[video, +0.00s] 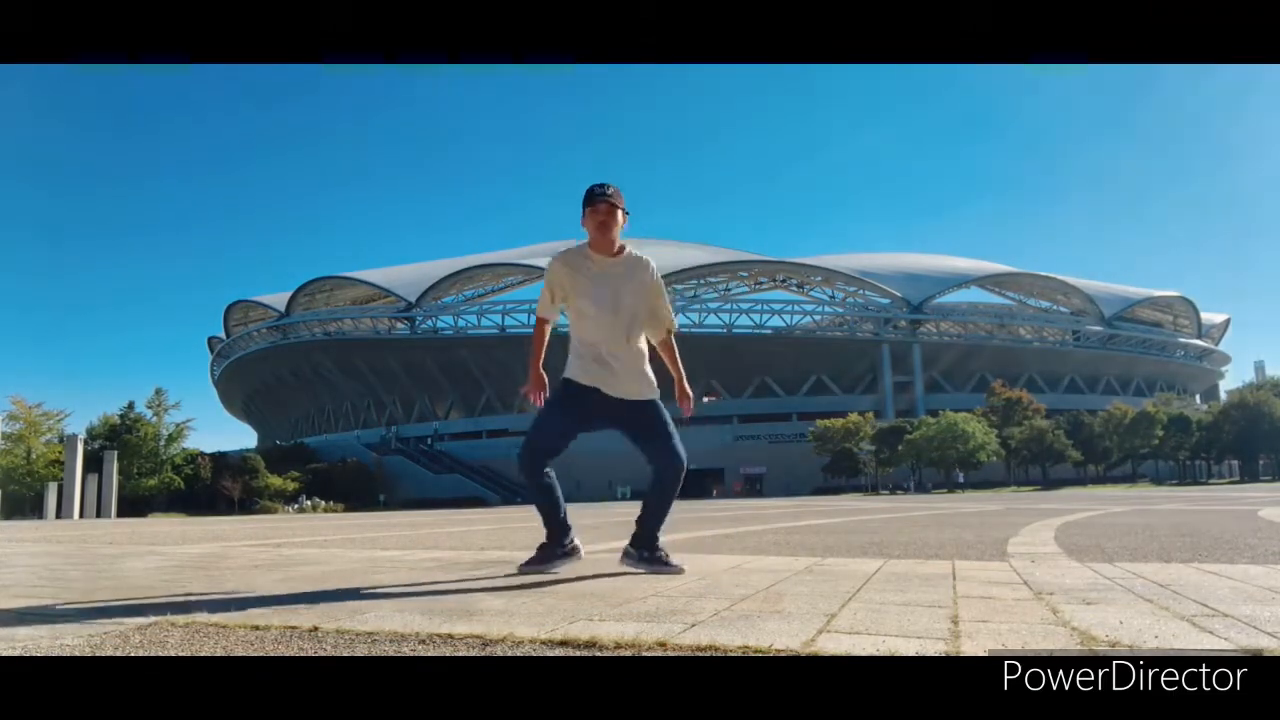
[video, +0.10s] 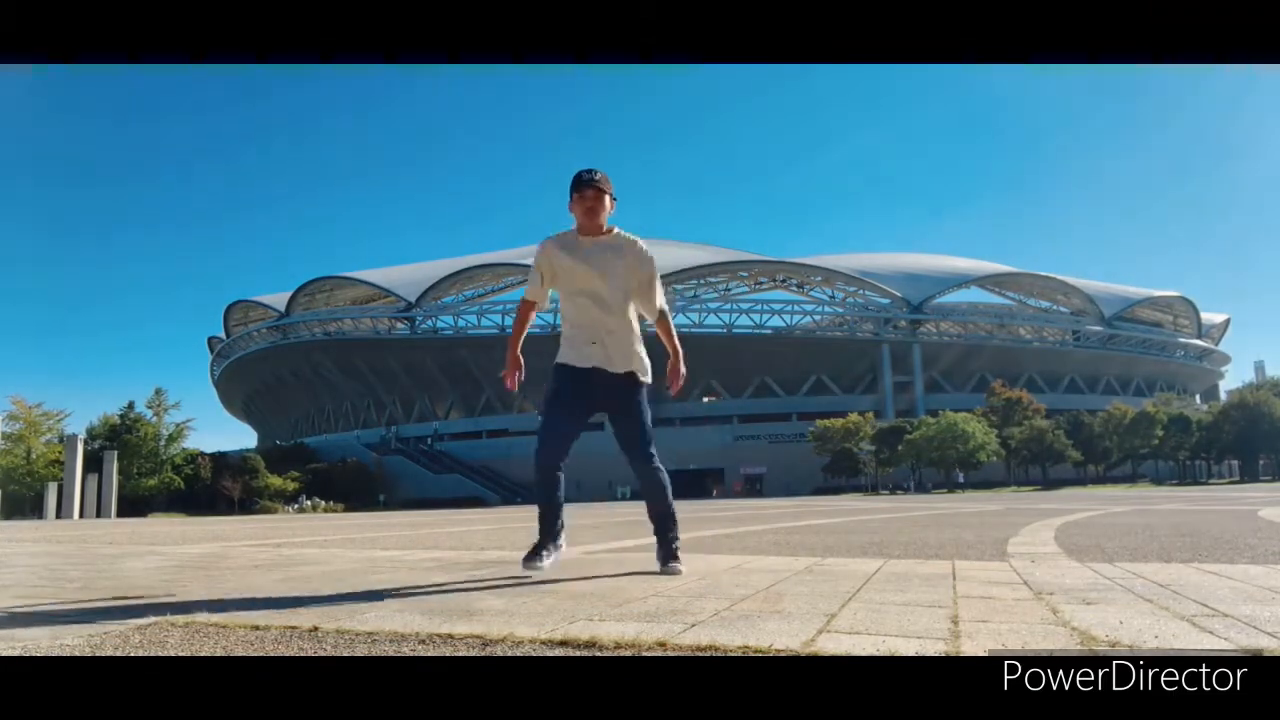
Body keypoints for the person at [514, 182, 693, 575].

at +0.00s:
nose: (604, 215)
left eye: (611, 209)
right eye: (596, 209)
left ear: (623, 219)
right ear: (584, 219)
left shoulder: (643, 269)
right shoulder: (564, 265)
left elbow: (661, 331)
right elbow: (545, 319)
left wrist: (680, 380)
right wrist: (535, 369)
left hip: (636, 392)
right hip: (580, 389)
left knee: (673, 463)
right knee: (532, 457)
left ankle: (644, 545)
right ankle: (561, 541)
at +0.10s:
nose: (593, 202)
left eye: (600, 196)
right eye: (585, 196)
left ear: (611, 204)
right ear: (572, 204)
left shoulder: (633, 251)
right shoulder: (553, 250)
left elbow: (656, 309)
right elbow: (530, 302)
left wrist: (676, 353)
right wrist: (513, 349)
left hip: (625, 371)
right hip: (573, 370)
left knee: (643, 457)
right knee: (548, 455)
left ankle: (667, 543)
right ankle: (550, 540)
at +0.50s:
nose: (567, 205)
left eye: (574, 199)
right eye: (559, 200)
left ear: (588, 207)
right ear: (548, 209)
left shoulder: (608, 262)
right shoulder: (528, 250)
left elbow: (638, 320)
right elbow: (487, 291)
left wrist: (666, 363)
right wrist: (443, 323)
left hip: (582, 366)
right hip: (530, 362)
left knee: (589, 426)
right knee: (515, 449)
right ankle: (549, 548)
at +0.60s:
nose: (562, 203)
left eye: (570, 196)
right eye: (554, 197)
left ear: (583, 205)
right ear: (543, 206)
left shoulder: (601, 257)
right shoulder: (529, 249)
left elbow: (610, 321)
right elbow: (483, 291)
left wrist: (620, 363)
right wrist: (446, 324)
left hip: (587, 371)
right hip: (538, 365)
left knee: (541, 415)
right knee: (530, 457)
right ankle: (552, 554)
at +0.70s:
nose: (561, 200)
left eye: (568, 194)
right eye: (553, 194)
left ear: (582, 202)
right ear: (541, 204)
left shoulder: (600, 255)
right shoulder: (525, 250)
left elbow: (595, 315)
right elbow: (481, 293)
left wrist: (612, 356)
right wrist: (438, 325)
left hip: (580, 371)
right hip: (531, 367)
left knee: (530, 407)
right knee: (522, 461)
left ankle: (454, 406)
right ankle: (552, 555)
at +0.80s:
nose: (559, 205)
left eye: (566, 199)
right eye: (551, 199)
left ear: (580, 207)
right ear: (539, 209)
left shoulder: (600, 259)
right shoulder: (520, 250)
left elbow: (632, 312)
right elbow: (485, 293)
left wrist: (654, 352)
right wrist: (448, 318)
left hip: (581, 351)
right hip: (530, 355)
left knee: (556, 383)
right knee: (525, 462)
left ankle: (485, 452)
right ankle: (553, 555)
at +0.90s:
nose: (559, 213)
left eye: (566, 207)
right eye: (551, 207)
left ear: (579, 212)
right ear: (539, 213)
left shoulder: (600, 259)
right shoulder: (519, 255)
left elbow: (653, 296)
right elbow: (479, 293)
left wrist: (698, 329)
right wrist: (438, 327)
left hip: (584, 345)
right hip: (533, 356)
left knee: (571, 365)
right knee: (526, 462)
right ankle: (554, 556)